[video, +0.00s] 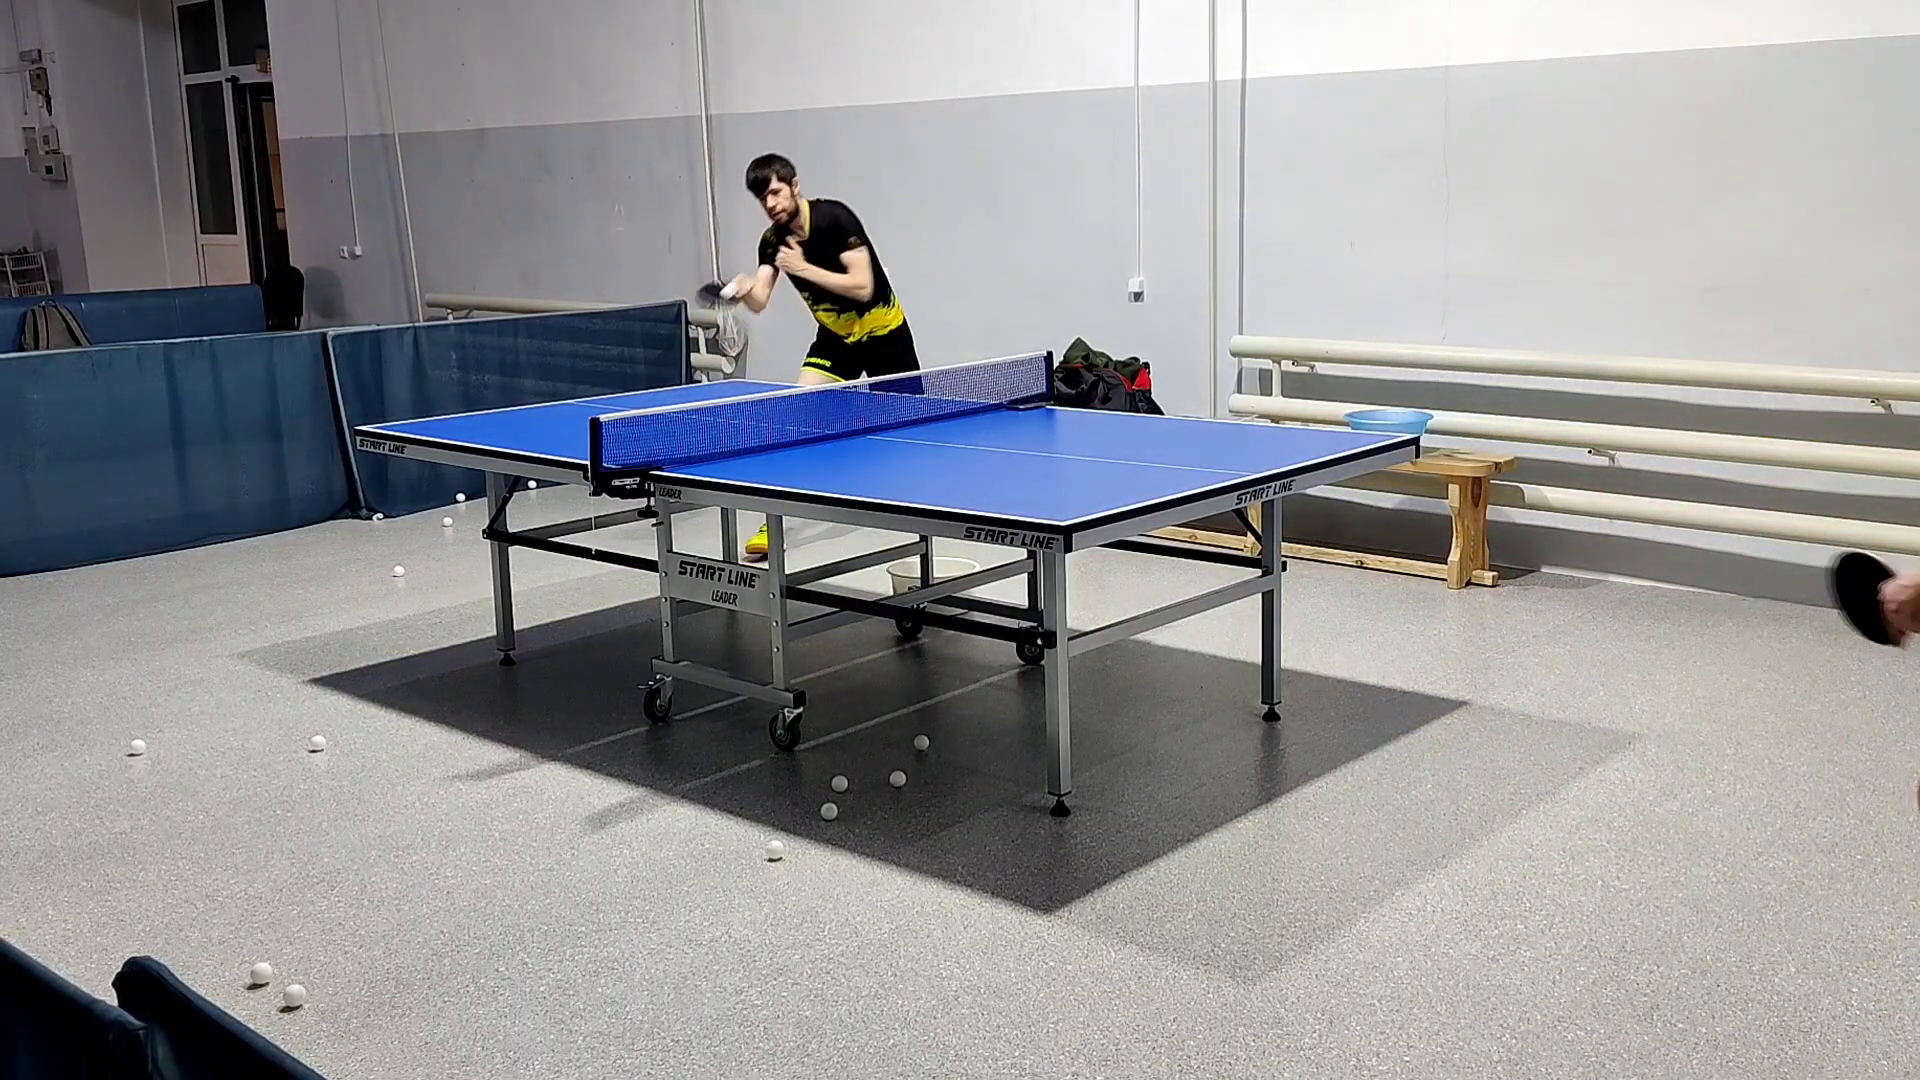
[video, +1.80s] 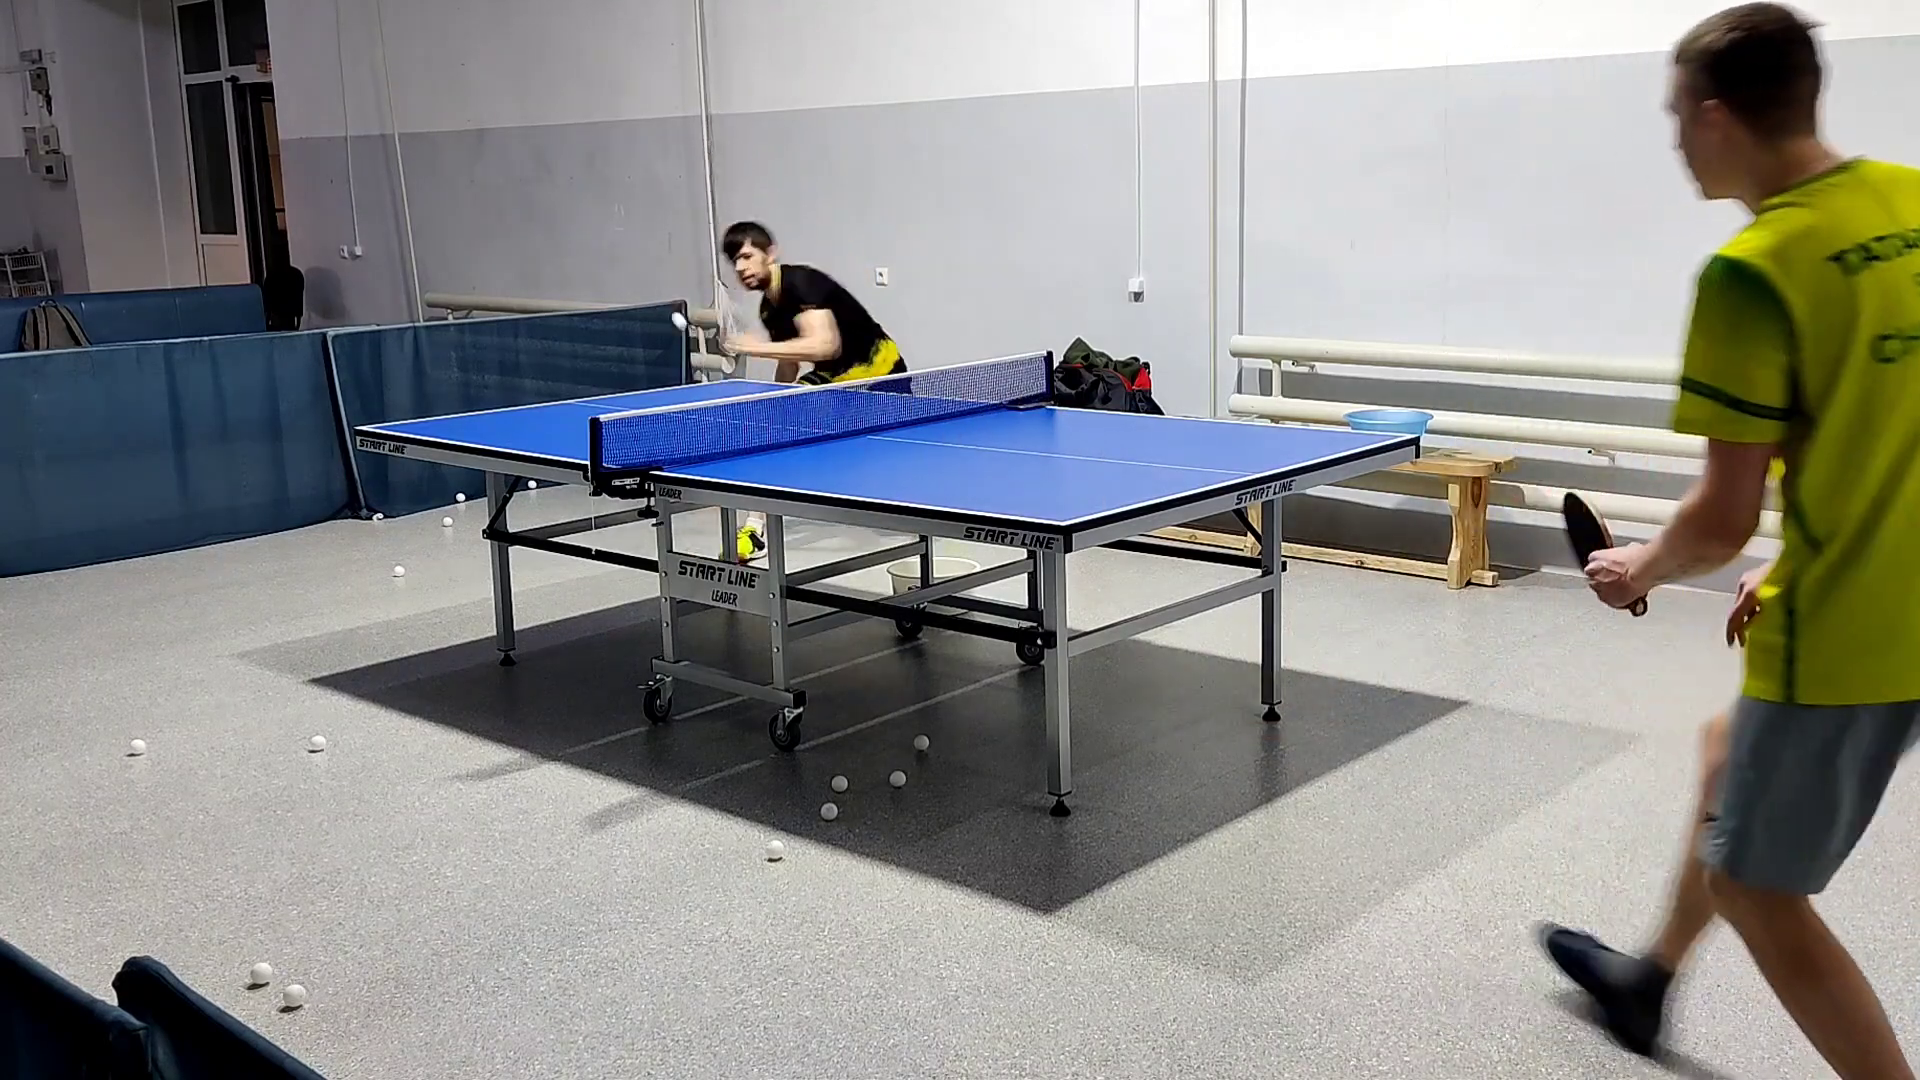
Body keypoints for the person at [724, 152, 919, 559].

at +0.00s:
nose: (771, 203)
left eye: (777, 192)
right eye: (763, 197)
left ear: (795, 186)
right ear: (758, 201)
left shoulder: (834, 217)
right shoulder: (772, 241)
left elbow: (864, 288)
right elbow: (758, 304)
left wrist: (802, 269)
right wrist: (744, 289)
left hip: (884, 335)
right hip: (834, 338)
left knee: (910, 426)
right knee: (797, 418)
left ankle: (929, 519)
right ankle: (773, 525)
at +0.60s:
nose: (746, 181)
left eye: (749, 169)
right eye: (735, 176)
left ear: (763, 169)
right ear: (726, 186)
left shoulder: (802, 213)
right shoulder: (729, 236)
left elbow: (850, 267)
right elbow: (723, 305)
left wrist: (844, 325)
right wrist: (754, 310)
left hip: (822, 339)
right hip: (771, 344)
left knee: (868, 420)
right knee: (740, 422)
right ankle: (718, 528)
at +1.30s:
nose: (737, 175)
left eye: (742, 163)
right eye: (727, 169)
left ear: (754, 162)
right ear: (715, 176)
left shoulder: (789, 208)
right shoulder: (710, 227)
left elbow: (852, 252)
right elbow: (696, 300)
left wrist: (828, 291)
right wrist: (721, 299)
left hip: (795, 344)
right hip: (744, 347)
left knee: (853, 419)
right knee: (735, 438)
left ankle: (864, 509)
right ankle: (696, 538)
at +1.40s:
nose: (730, 185)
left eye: (735, 173)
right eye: (720, 179)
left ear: (749, 170)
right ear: (711, 186)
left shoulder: (790, 210)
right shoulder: (714, 236)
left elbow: (829, 267)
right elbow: (703, 304)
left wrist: (773, 283)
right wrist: (708, 319)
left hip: (813, 343)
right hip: (759, 349)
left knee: (865, 417)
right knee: (729, 434)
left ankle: (886, 506)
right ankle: (705, 537)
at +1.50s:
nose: (723, 206)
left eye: (728, 194)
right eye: (713, 199)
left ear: (743, 189)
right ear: (706, 204)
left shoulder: (780, 223)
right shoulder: (719, 256)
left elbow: (788, 281)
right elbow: (714, 322)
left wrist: (717, 284)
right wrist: (712, 360)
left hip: (832, 338)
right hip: (784, 344)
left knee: (877, 410)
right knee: (754, 410)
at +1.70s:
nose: (725, 267)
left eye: (731, 255)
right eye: (718, 259)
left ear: (750, 249)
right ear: (714, 262)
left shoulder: (779, 275)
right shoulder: (751, 300)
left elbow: (755, 331)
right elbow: (760, 362)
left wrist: (699, 326)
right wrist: (757, 408)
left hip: (868, 370)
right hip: (821, 373)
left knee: (897, 457)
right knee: (760, 426)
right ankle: (759, 529)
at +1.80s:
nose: (742, 267)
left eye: (749, 257)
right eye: (736, 261)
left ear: (771, 253)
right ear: (731, 265)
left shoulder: (801, 282)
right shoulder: (768, 306)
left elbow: (826, 345)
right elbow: (788, 362)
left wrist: (754, 347)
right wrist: (769, 408)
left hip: (878, 373)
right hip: (831, 378)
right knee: (776, 433)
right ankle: (759, 528)